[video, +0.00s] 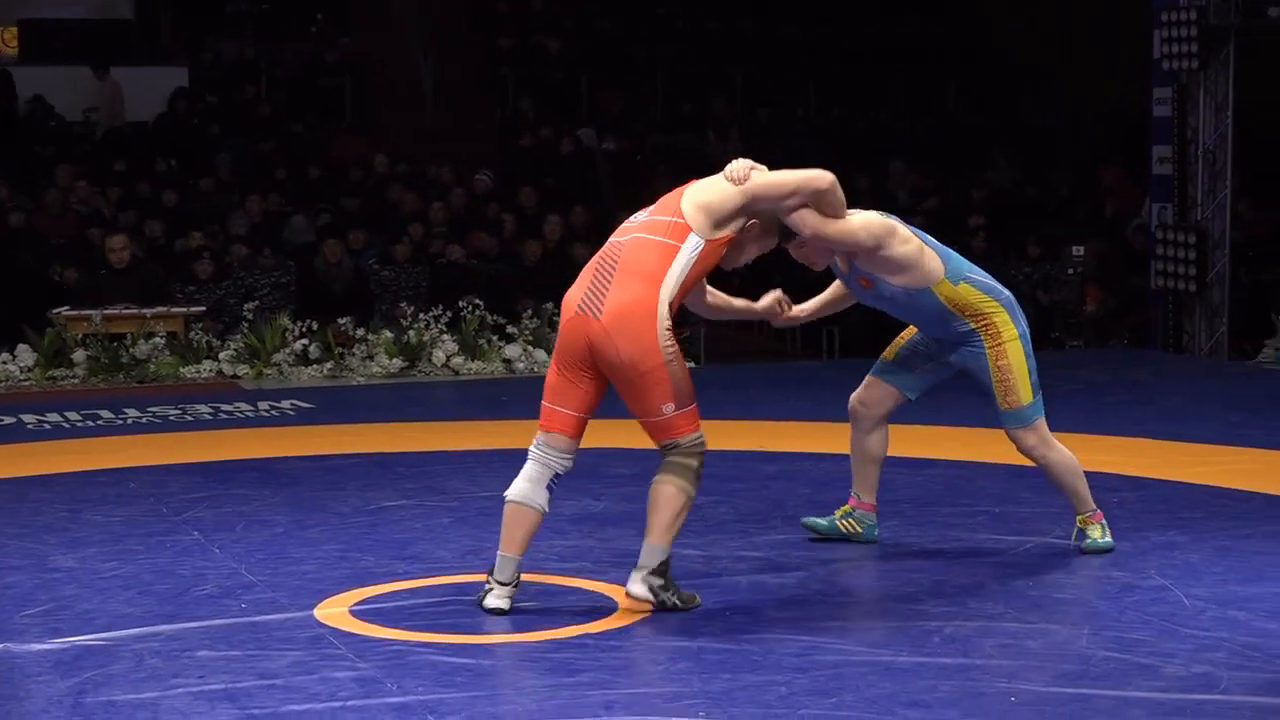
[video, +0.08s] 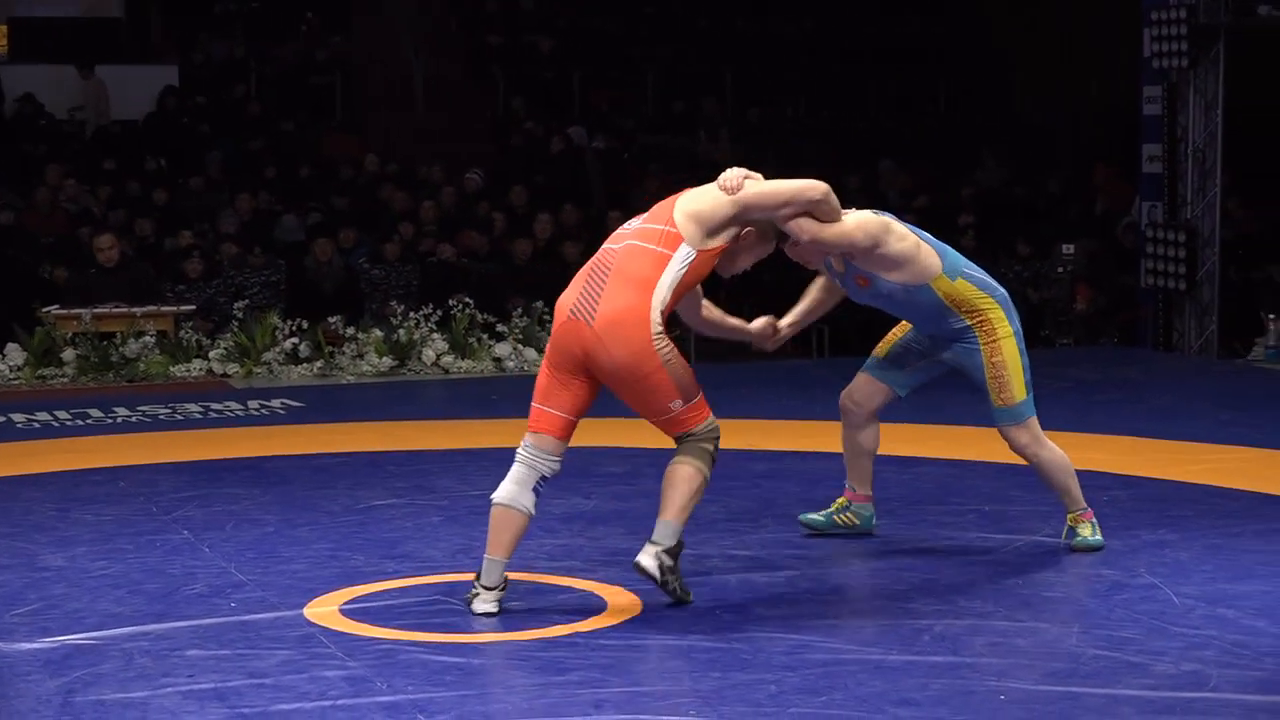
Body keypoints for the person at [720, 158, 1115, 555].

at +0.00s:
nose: (793, 254)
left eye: (795, 241)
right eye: (787, 245)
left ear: (818, 230)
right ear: (803, 239)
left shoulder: (870, 233)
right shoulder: (852, 267)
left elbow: (806, 217)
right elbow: (847, 288)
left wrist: (753, 179)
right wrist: (796, 315)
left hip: (988, 320)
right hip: (935, 329)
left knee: (1033, 441)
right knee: (866, 407)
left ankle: (1090, 519)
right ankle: (862, 513)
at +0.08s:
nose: (792, 255)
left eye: (792, 242)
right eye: (784, 247)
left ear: (813, 228)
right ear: (789, 243)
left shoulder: (868, 233)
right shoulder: (836, 265)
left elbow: (801, 217)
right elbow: (830, 285)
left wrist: (748, 186)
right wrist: (786, 326)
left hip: (982, 317)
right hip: (928, 326)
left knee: (1026, 440)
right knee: (856, 405)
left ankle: (1081, 517)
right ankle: (859, 504)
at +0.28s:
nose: (769, 244)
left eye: (774, 232)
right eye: (762, 236)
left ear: (794, 223)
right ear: (759, 236)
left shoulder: (845, 238)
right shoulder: (776, 265)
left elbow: (784, 210)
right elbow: (725, 294)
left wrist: (732, 187)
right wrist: (673, 274)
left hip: (952, 312)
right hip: (897, 327)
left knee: (1001, 424)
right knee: (845, 424)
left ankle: (1057, 513)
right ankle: (836, 505)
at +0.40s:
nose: (736, 252)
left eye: (742, 240)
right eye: (736, 241)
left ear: (769, 233)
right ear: (761, 236)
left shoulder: (834, 236)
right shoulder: (763, 266)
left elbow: (800, 204)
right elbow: (715, 310)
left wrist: (736, 197)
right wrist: (693, 269)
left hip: (936, 298)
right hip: (881, 318)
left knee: (992, 406)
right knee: (833, 411)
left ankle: (1051, 500)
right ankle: (827, 502)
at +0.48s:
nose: (767, 257)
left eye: (769, 245)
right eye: (761, 249)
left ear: (787, 226)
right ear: (758, 241)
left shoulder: (837, 234)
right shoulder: (777, 260)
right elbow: (718, 311)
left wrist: (736, 238)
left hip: (938, 305)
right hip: (879, 319)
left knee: (995, 410)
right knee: (827, 409)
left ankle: (1054, 495)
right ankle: (825, 502)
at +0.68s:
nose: (776, 410)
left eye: (775, 403)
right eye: (763, 402)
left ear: (789, 374)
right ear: (743, 361)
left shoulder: (826, 359)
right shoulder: (743, 320)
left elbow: (804, 443)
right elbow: (676, 356)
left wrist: (749, 509)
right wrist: (640, 293)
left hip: (911, 304)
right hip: (848, 292)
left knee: (931, 427)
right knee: (807, 398)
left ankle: (1030, 455)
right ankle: (801, 496)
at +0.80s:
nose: (747, 455)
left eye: (750, 449)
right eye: (737, 449)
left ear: (776, 426)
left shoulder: (823, 420)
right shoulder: (738, 379)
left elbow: (823, 512)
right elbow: (666, 416)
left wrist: (774, 563)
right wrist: (623, 468)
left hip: (916, 358)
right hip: (863, 337)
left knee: (894, 473)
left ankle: (1009, 501)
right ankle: (817, 462)